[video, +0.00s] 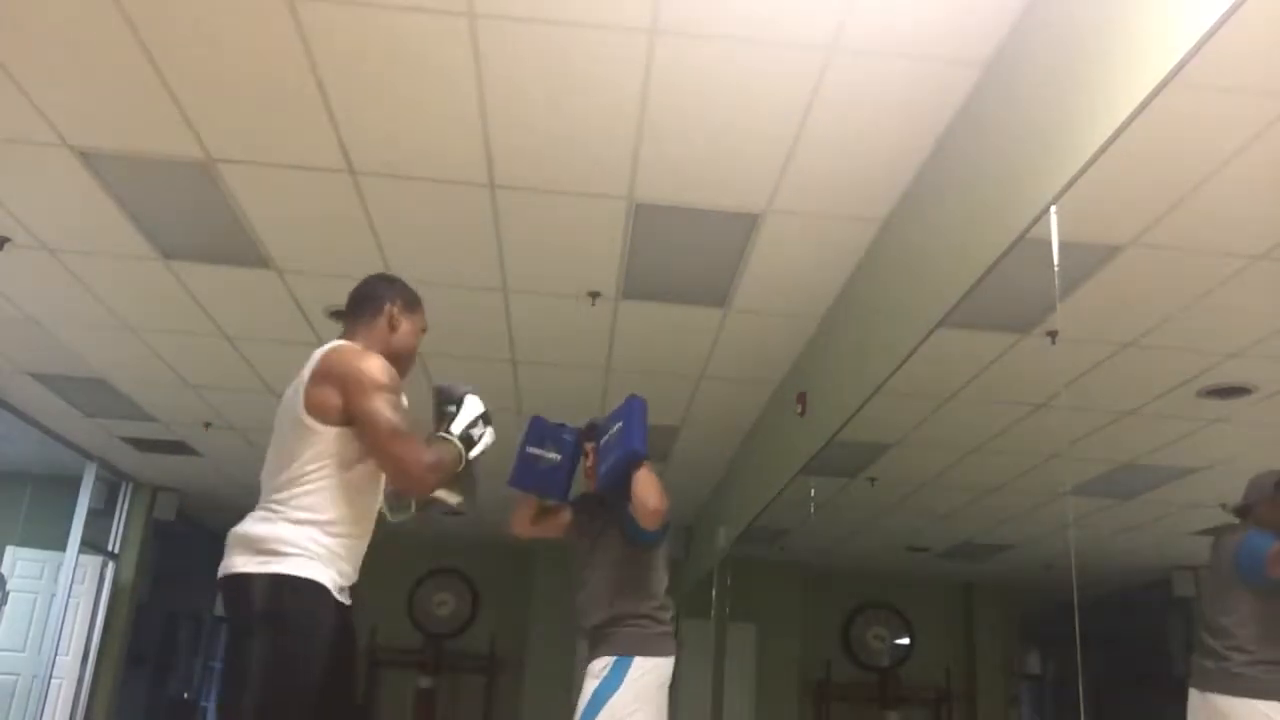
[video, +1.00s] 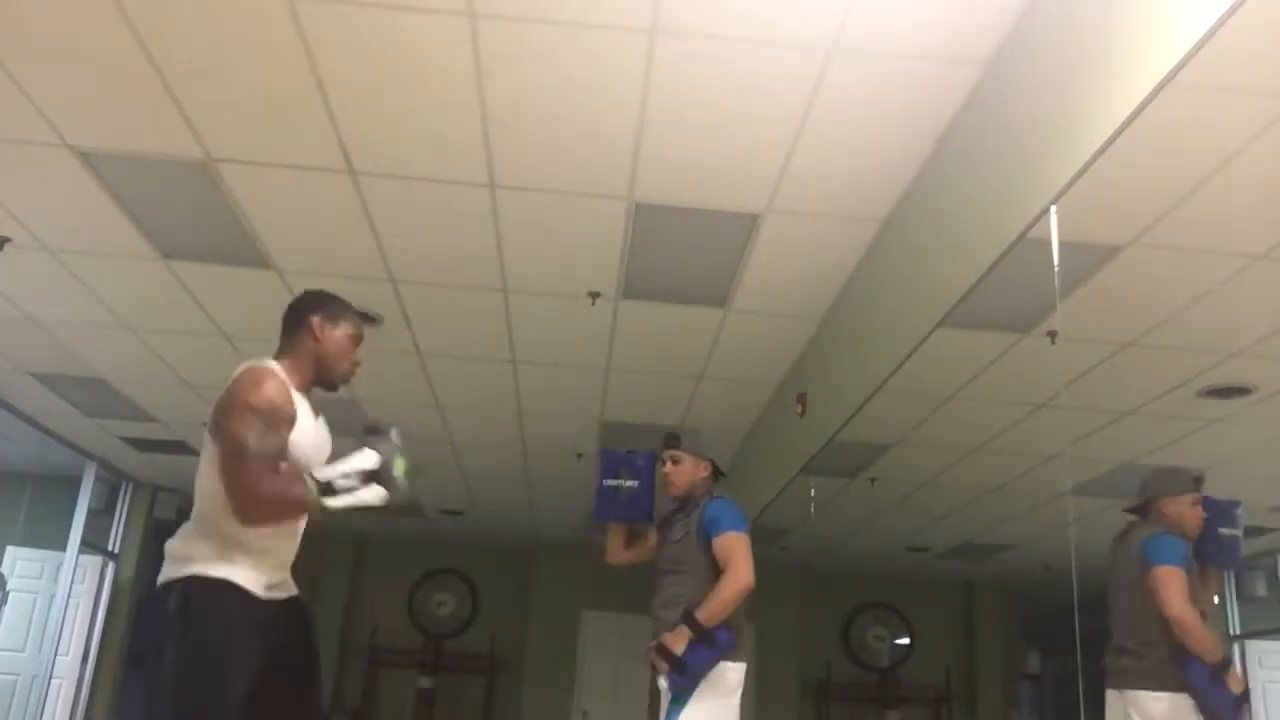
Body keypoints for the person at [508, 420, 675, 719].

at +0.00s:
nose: (588, 463)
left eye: (596, 453)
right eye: (585, 455)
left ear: (615, 455)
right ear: (581, 459)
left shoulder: (637, 502)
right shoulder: (589, 509)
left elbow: (653, 507)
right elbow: (523, 525)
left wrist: (633, 453)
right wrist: (541, 466)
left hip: (635, 649)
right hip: (608, 647)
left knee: (596, 712)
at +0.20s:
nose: (596, 463)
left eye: (604, 452)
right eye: (593, 454)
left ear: (622, 455)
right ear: (589, 459)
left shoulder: (645, 502)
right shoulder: (600, 509)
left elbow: (656, 505)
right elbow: (537, 525)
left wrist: (636, 451)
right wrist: (557, 462)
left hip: (645, 650)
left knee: (605, 712)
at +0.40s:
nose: (625, 458)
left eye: (634, 451)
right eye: (624, 451)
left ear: (659, 460)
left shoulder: (678, 498)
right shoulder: (621, 509)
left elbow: (658, 503)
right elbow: (558, 530)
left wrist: (610, 455)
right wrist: (567, 468)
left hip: (662, 656)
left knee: (618, 713)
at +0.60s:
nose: (644, 477)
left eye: (654, 468)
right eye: (641, 469)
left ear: (682, 475)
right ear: (636, 474)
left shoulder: (699, 516)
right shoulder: (647, 522)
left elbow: (725, 567)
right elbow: (586, 552)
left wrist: (657, 552)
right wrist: (590, 492)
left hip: (687, 663)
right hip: (663, 659)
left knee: (644, 713)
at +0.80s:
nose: (661, 474)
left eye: (671, 466)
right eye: (658, 467)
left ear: (699, 472)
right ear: (654, 472)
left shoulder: (714, 514)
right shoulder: (668, 524)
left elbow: (742, 577)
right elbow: (611, 557)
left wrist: (676, 602)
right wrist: (611, 497)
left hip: (704, 659)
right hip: (675, 656)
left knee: (668, 713)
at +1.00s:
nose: (666, 469)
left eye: (676, 461)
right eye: (664, 463)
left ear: (704, 469)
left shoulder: (718, 510)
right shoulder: (676, 520)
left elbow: (740, 578)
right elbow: (617, 554)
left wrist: (683, 633)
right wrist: (618, 490)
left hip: (709, 660)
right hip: (679, 659)